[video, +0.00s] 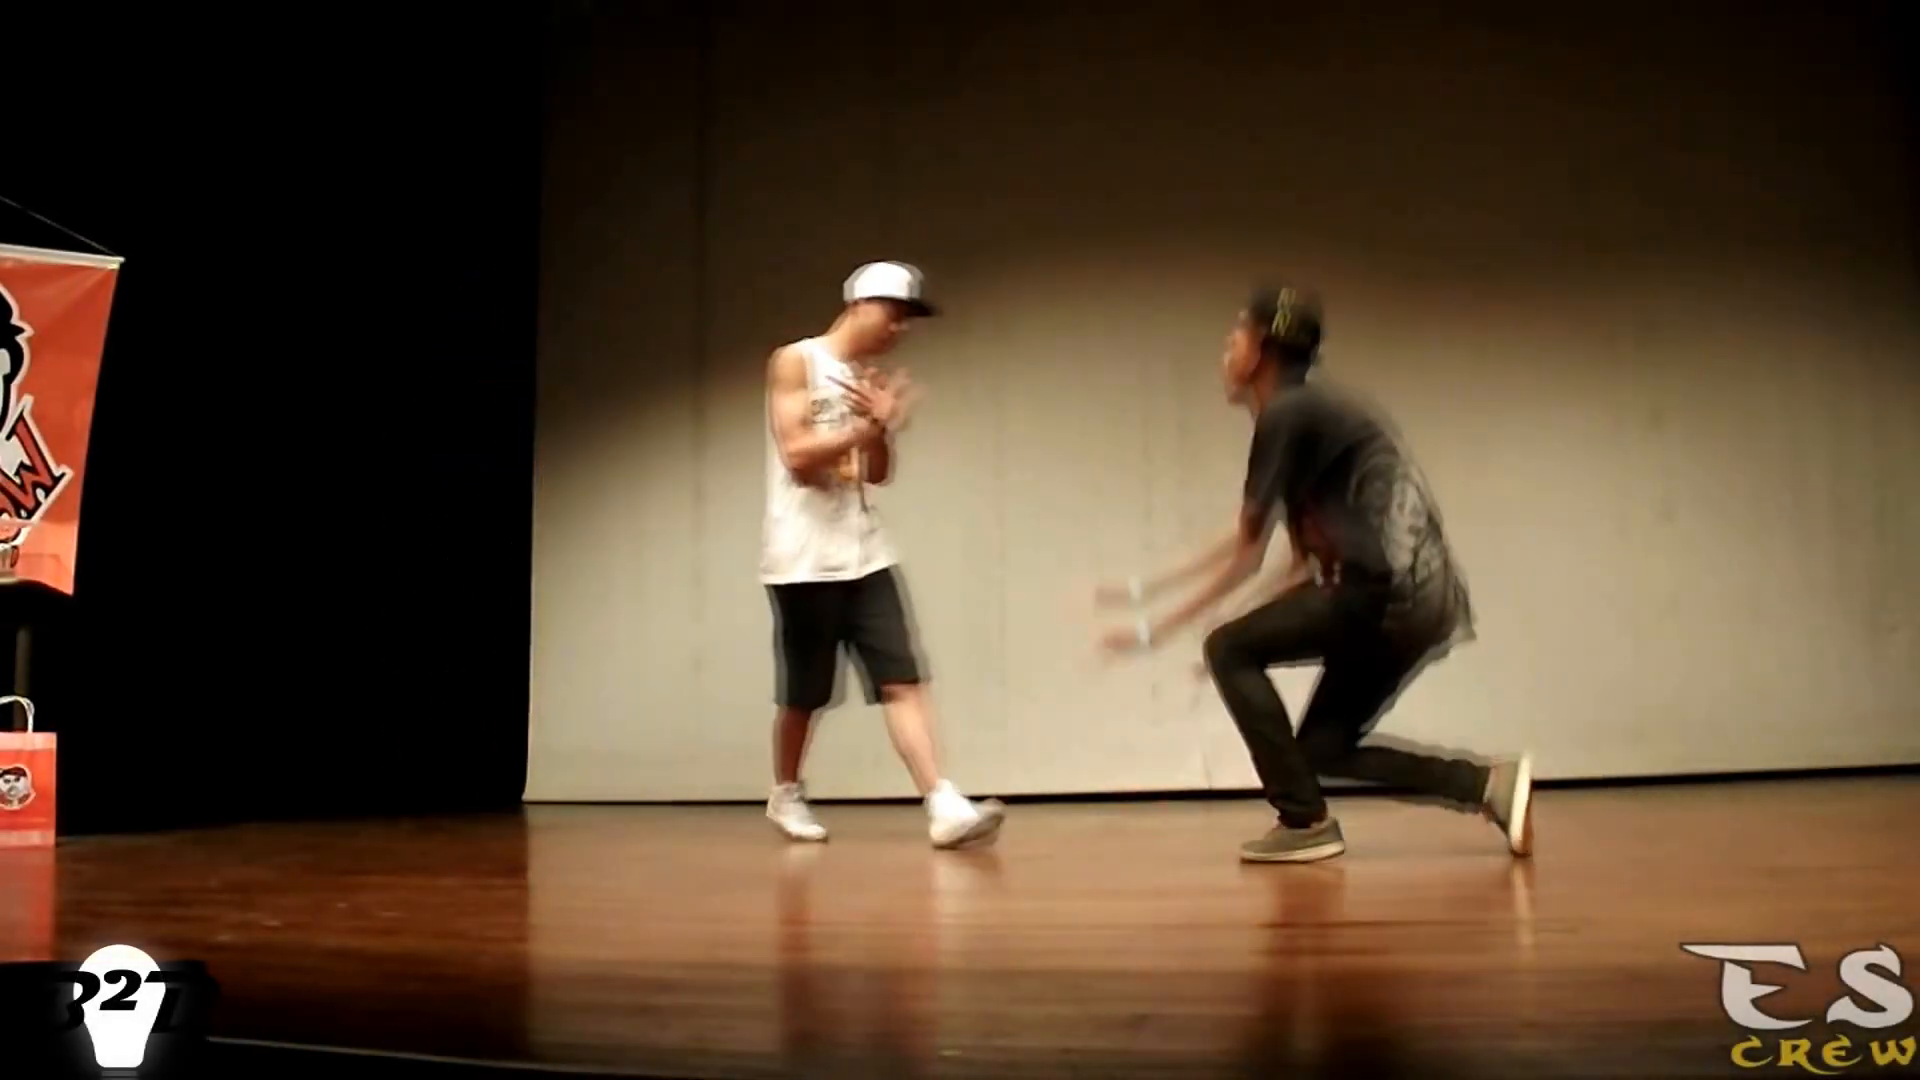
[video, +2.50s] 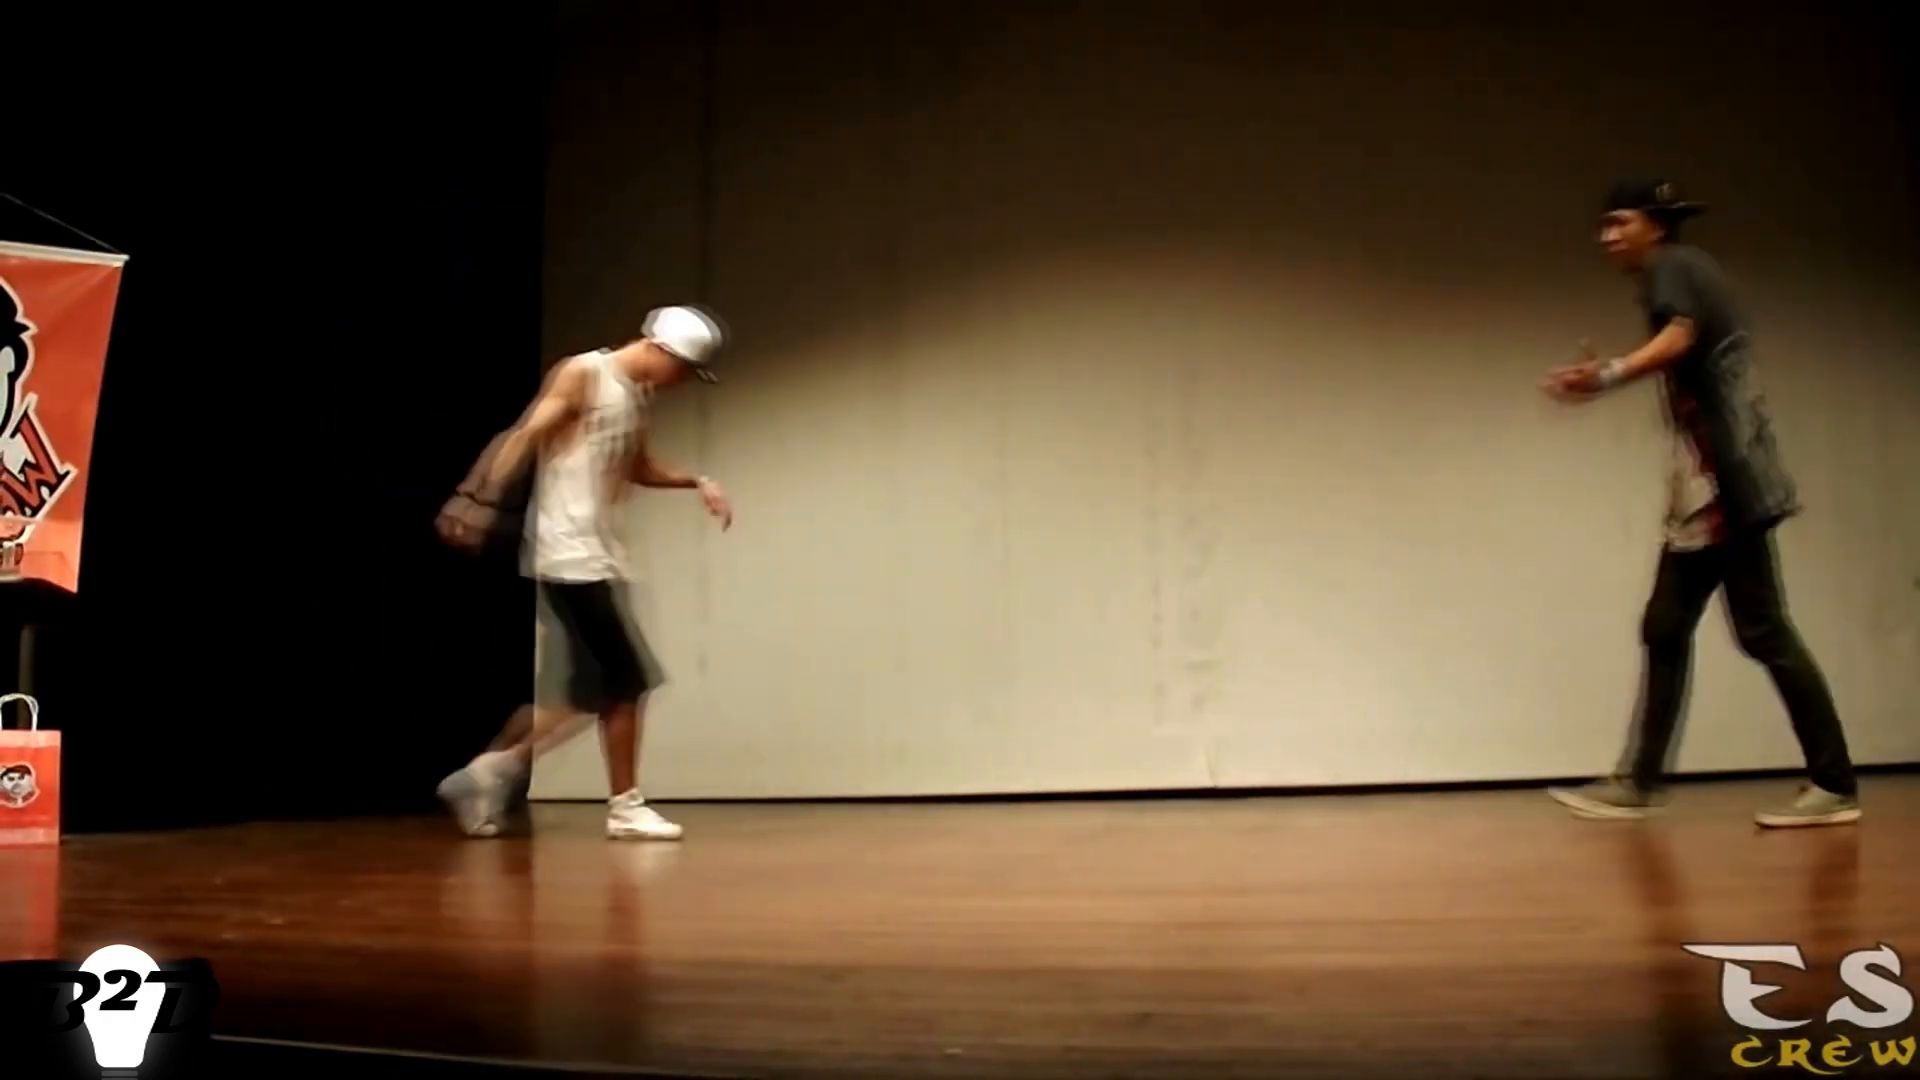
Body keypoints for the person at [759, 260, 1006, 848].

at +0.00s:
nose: (900, 330)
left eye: (906, 320)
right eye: (894, 315)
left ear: (897, 321)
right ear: (862, 305)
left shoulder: (876, 379)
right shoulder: (795, 362)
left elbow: (877, 474)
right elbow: (797, 454)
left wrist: (881, 424)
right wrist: (865, 428)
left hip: (863, 552)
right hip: (802, 556)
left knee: (900, 676)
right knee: (805, 689)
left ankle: (944, 805)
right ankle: (785, 796)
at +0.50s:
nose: (935, 247)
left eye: (937, 235)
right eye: (923, 230)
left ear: (906, 244)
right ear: (881, 234)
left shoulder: (897, 328)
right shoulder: (818, 301)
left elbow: (877, 418)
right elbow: (732, 370)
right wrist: (635, 432)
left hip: (888, 510)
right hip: (825, 504)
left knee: (939, 661)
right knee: (858, 638)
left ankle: (940, 811)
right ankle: (813, 807)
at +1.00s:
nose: (710, 168)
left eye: (710, 158)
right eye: (692, 156)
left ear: (699, 179)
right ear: (649, 170)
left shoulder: (688, 273)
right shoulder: (614, 243)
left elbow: (686, 395)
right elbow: (543, 306)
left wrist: (765, 439)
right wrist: (484, 371)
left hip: (663, 477)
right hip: (603, 470)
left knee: (658, 662)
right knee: (606, 651)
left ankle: (581, 814)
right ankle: (524, 819)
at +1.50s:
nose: (527, 243)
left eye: (531, 232)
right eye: (519, 226)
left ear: (510, 240)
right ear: (479, 225)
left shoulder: (489, 331)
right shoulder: (416, 282)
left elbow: (490, 432)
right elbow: (355, 358)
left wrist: (558, 417)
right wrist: (363, 404)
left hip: (452, 530)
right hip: (386, 514)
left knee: (474, 689)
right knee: (372, 668)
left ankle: (380, 794)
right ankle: (291, 826)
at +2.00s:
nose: (539, 336)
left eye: (546, 326)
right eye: (538, 319)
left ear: (528, 316)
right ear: (511, 298)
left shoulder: (497, 372)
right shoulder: (432, 331)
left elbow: (481, 455)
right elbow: (363, 397)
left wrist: (538, 457)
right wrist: (356, 443)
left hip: (458, 554)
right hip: (394, 544)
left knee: (448, 681)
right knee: (353, 678)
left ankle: (420, 801)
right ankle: (292, 806)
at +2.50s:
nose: (677, 380)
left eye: (684, 373)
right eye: (680, 369)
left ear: (665, 356)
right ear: (658, 347)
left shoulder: (633, 395)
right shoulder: (582, 373)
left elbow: (639, 471)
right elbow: (523, 436)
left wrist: (699, 482)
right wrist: (479, 500)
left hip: (596, 555)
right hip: (566, 555)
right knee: (626, 678)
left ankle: (489, 772)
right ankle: (625, 807)